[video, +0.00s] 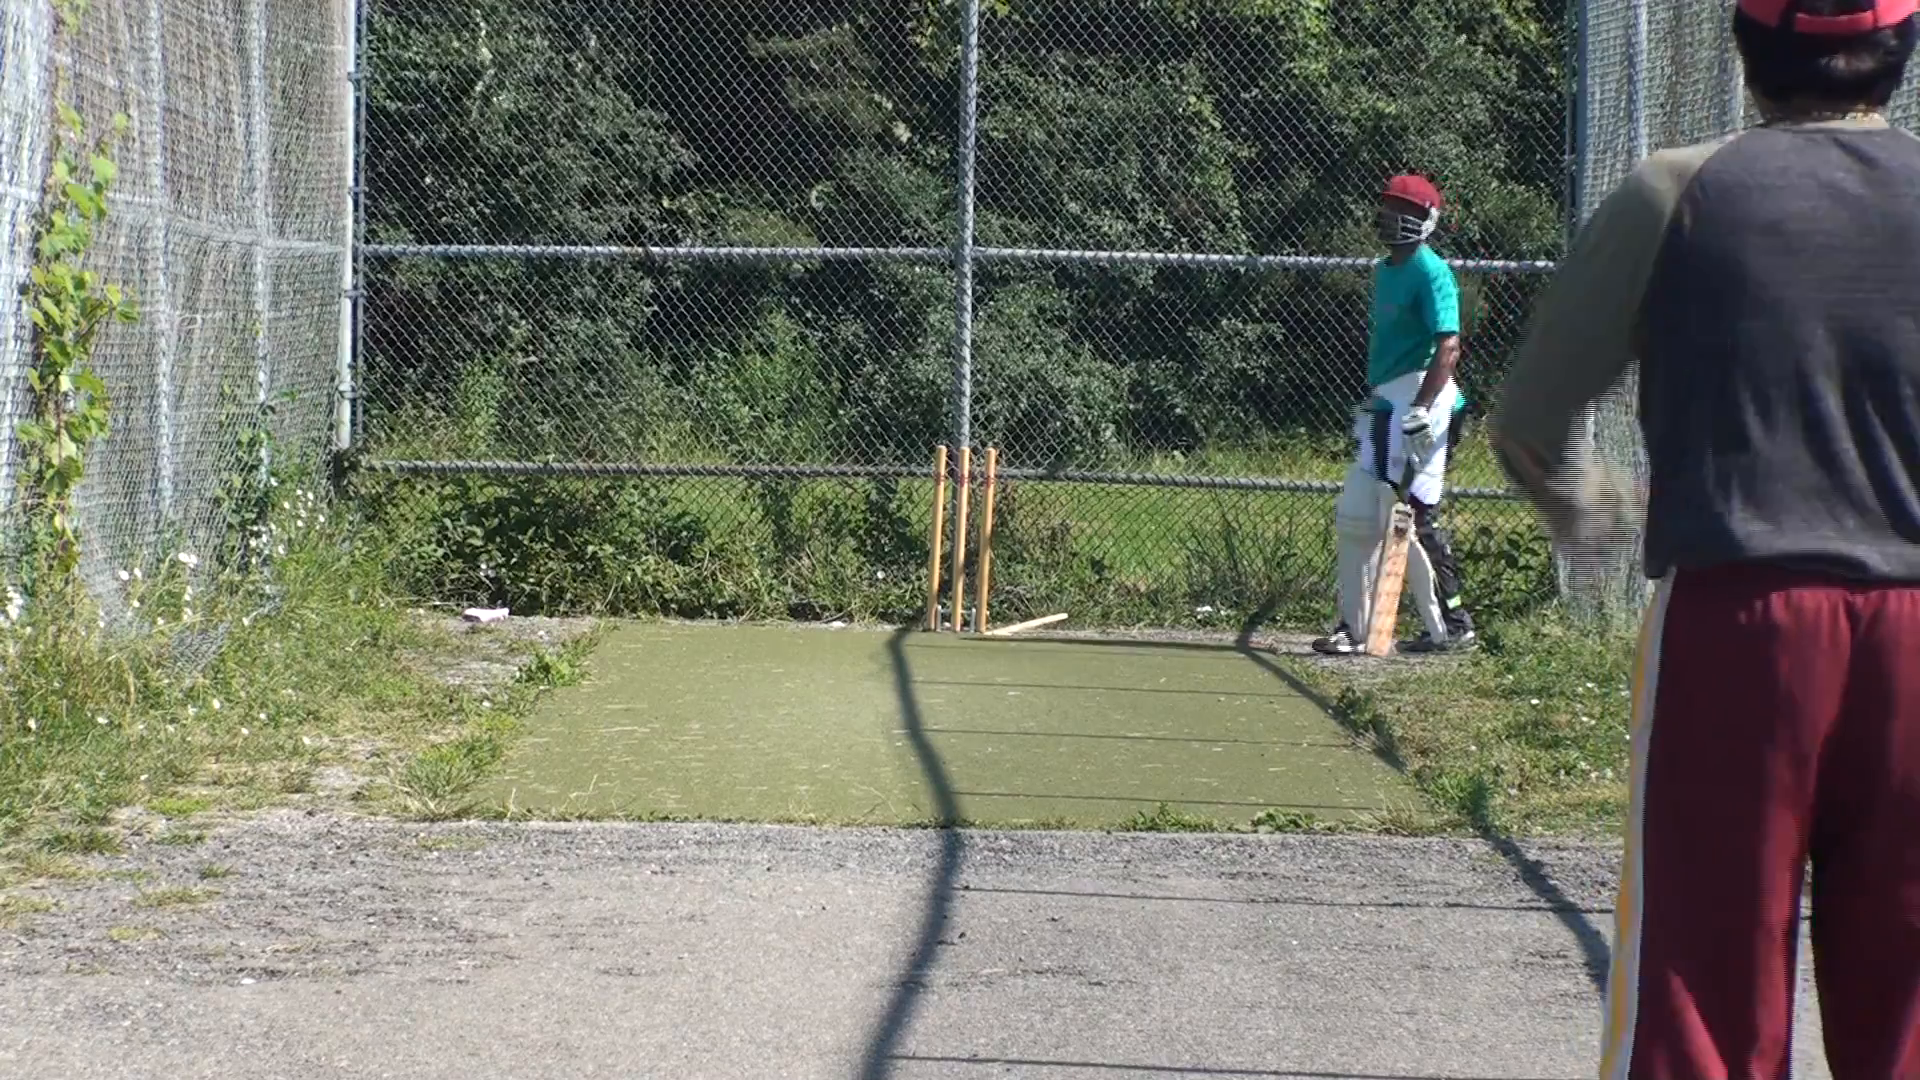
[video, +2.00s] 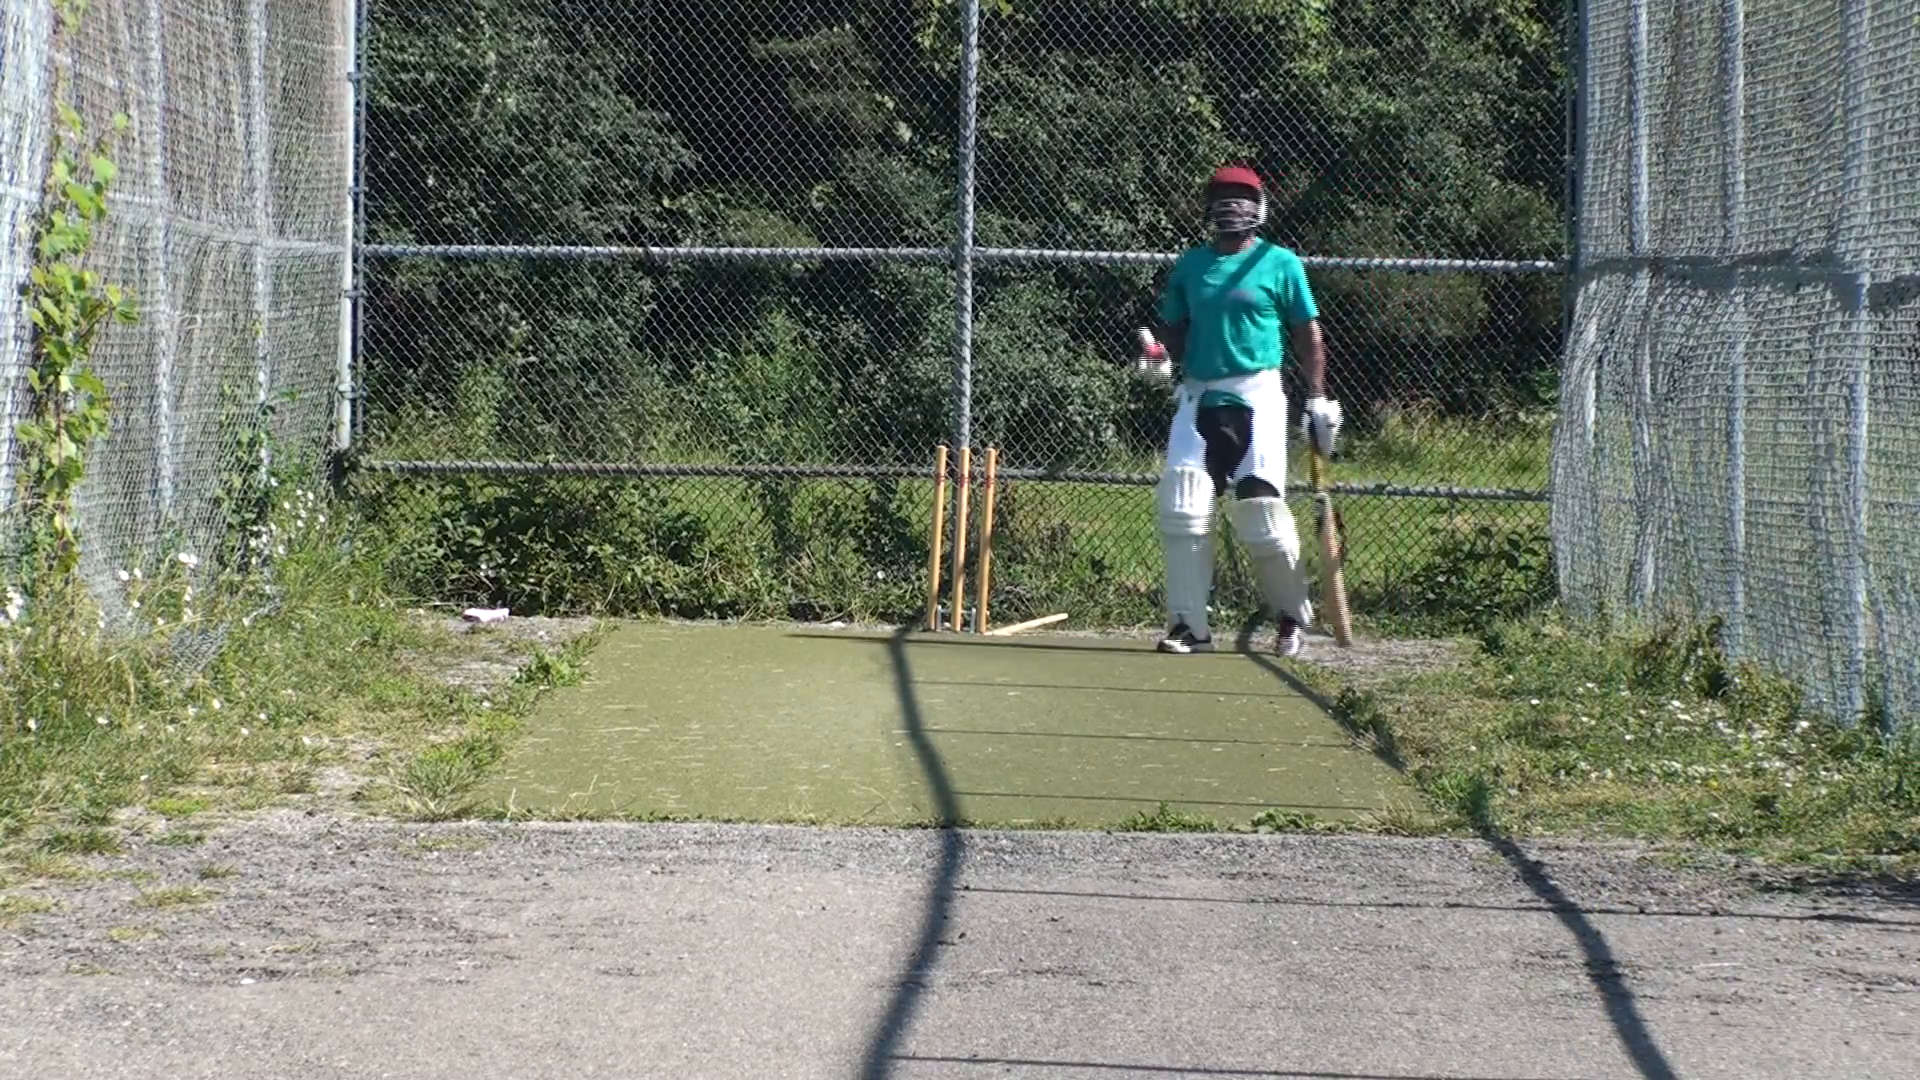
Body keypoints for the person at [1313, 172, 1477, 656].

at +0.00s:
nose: (1396, 224)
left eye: (1408, 217)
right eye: (1388, 215)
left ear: (1429, 222)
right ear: (1380, 218)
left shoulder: (1432, 272)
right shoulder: (1387, 270)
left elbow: (1449, 347)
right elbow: (1389, 345)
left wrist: (1423, 410)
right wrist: (1372, 404)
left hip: (1418, 400)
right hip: (1385, 401)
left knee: (1410, 516)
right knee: (1355, 515)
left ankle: (1447, 624)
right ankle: (1356, 626)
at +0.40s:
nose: (1372, 220)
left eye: (1383, 214)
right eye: (1364, 211)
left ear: (1399, 222)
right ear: (1350, 215)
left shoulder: (1406, 273)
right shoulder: (1332, 269)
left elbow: (1423, 345)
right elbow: (1314, 334)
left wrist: (1410, 410)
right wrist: (1297, 393)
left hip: (1380, 397)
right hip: (1334, 397)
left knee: (1358, 513)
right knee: (1323, 520)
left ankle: (1392, 614)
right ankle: (1351, 627)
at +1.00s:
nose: (1326, 228)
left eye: (1338, 221)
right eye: (1319, 219)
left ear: (1355, 226)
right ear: (1308, 221)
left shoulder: (1370, 273)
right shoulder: (1291, 271)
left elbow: (1396, 346)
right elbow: (1274, 335)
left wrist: (1394, 412)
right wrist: (1266, 382)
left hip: (1353, 393)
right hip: (1305, 396)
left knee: (1330, 502)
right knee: (1317, 507)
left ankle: (1316, 619)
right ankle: (1351, 625)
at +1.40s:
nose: (1300, 221)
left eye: (1312, 213)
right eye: (1293, 212)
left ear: (1331, 217)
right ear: (1283, 214)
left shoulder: (1347, 272)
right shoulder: (1264, 268)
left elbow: (1369, 345)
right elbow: (1250, 334)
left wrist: (1365, 412)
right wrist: (1231, 356)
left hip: (1324, 396)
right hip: (1272, 396)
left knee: (1303, 508)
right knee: (1244, 508)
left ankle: (1301, 632)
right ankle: (1299, 600)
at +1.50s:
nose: (1296, 214)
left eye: (1307, 207)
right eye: (1288, 205)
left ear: (1325, 213)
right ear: (1277, 210)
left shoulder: (1341, 271)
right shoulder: (1257, 267)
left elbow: (1361, 346)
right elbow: (1245, 333)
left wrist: (1360, 412)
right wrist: (1223, 354)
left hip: (1318, 397)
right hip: (1263, 396)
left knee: (1302, 510)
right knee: (1229, 498)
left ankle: (1298, 632)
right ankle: (1257, 617)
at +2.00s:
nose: (1231, 209)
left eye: (1242, 201)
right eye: (1222, 201)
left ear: (1260, 209)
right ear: (1209, 210)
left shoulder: (1282, 264)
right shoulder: (1188, 265)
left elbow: (1309, 337)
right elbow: (1176, 336)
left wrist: (1317, 399)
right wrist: (1161, 356)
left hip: (1258, 394)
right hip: (1196, 395)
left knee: (1258, 506)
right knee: (1181, 510)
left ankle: (1290, 615)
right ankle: (1188, 624)